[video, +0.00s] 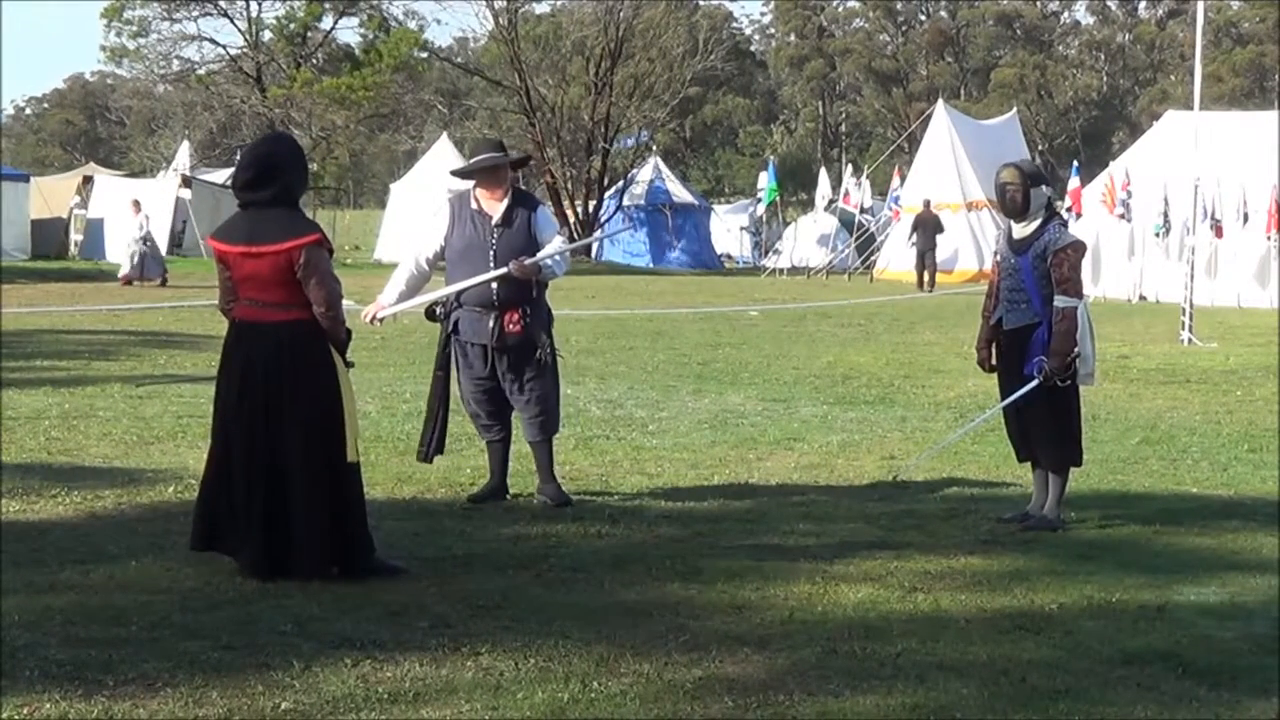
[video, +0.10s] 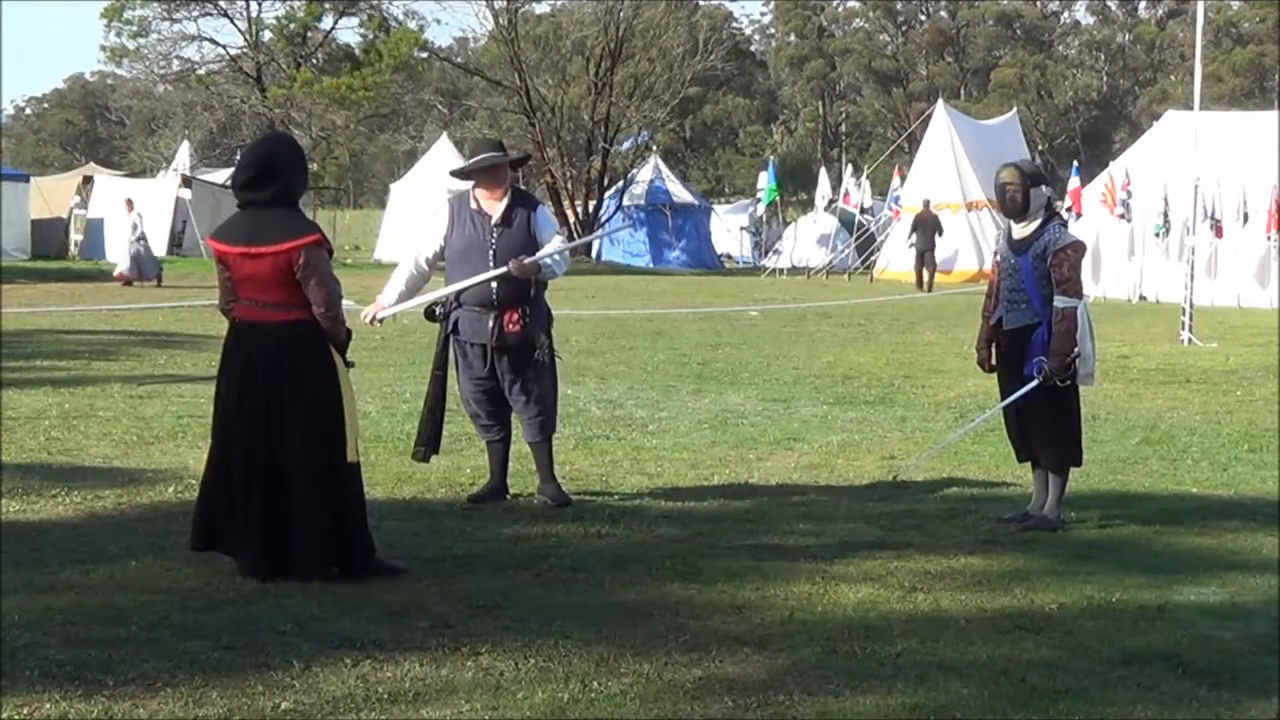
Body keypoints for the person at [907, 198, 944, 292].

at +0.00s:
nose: (926, 207)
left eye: (925, 205)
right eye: (927, 205)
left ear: (923, 205)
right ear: (930, 205)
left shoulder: (918, 216)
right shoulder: (935, 216)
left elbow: (913, 228)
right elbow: (941, 229)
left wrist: (909, 238)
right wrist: (933, 231)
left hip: (920, 245)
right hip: (930, 245)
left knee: (919, 266)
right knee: (931, 265)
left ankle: (920, 285)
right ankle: (930, 285)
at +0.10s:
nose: (926, 207)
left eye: (925, 205)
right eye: (927, 205)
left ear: (922, 205)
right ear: (929, 205)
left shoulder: (918, 216)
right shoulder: (934, 216)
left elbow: (913, 228)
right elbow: (940, 230)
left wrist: (909, 237)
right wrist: (939, 233)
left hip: (919, 246)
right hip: (929, 246)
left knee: (918, 266)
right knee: (931, 266)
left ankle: (919, 285)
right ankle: (929, 286)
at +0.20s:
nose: (926, 204)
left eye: (925, 202)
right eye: (927, 202)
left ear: (922, 203)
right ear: (929, 203)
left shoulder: (917, 214)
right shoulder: (934, 214)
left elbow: (911, 226)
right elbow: (939, 227)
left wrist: (907, 234)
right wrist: (942, 238)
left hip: (920, 243)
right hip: (930, 243)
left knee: (919, 263)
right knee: (932, 261)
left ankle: (919, 284)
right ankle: (929, 279)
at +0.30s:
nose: (927, 204)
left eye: (926, 202)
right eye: (928, 202)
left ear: (923, 202)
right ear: (930, 202)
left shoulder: (916, 213)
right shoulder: (934, 213)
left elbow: (910, 224)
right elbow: (939, 227)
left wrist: (908, 234)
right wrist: (944, 238)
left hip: (920, 242)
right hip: (930, 242)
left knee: (919, 263)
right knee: (932, 261)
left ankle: (920, 284)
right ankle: (929, 282)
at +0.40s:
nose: (929, 205)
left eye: (928, 203)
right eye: (930, 203)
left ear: (924, 203)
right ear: (931, 203)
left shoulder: (918, 214)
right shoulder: (935, 215)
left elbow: (910, 225)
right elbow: (939, 227)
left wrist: (908, 235)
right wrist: (944, 237)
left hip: (921, 242)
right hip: (931, 243)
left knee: (919, 263)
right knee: (932, 263)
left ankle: (920, 284)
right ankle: (933, 283)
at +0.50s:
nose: (931, 206)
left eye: (929, 204)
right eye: (931, 204)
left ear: (925, 204)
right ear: (933, 204)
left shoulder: (920, 215)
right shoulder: (936, 216)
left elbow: (912, 226)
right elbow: (940, 228)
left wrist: (909, 236)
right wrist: (945, 238)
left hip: (922, 243)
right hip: (932, 244)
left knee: (920, 263)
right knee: (933, 264)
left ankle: (920, 284)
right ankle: (933, 283)